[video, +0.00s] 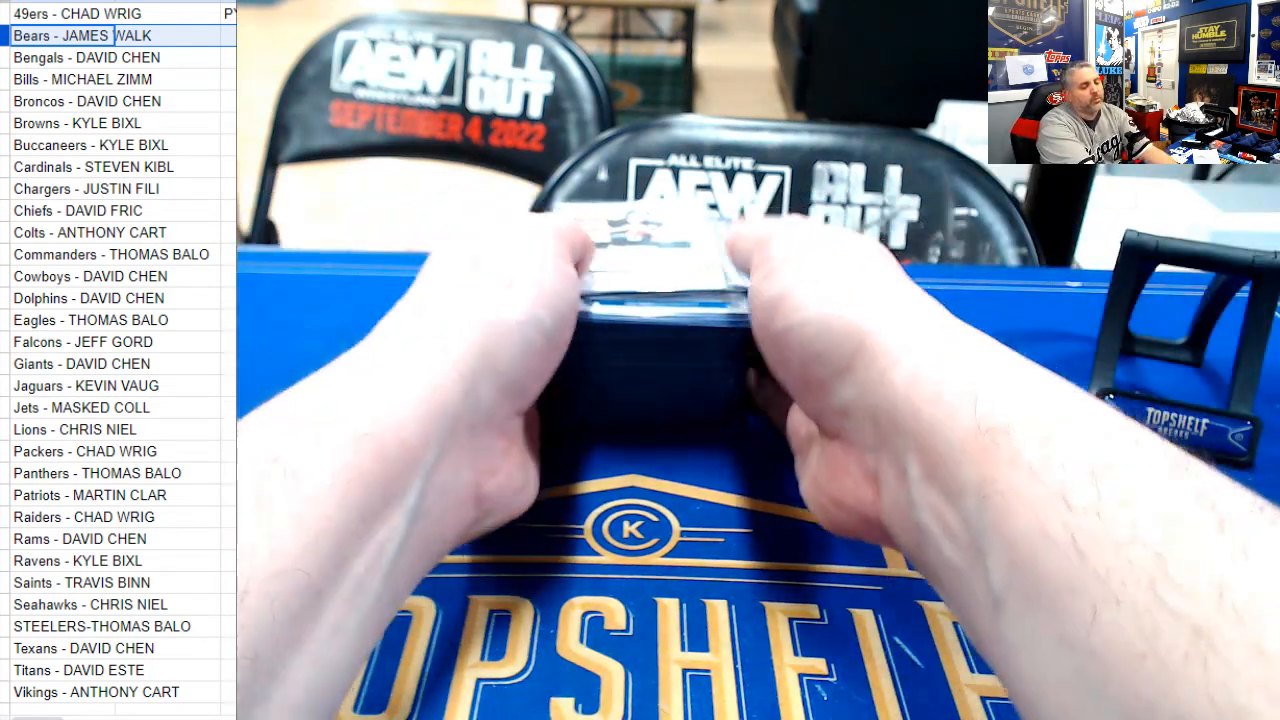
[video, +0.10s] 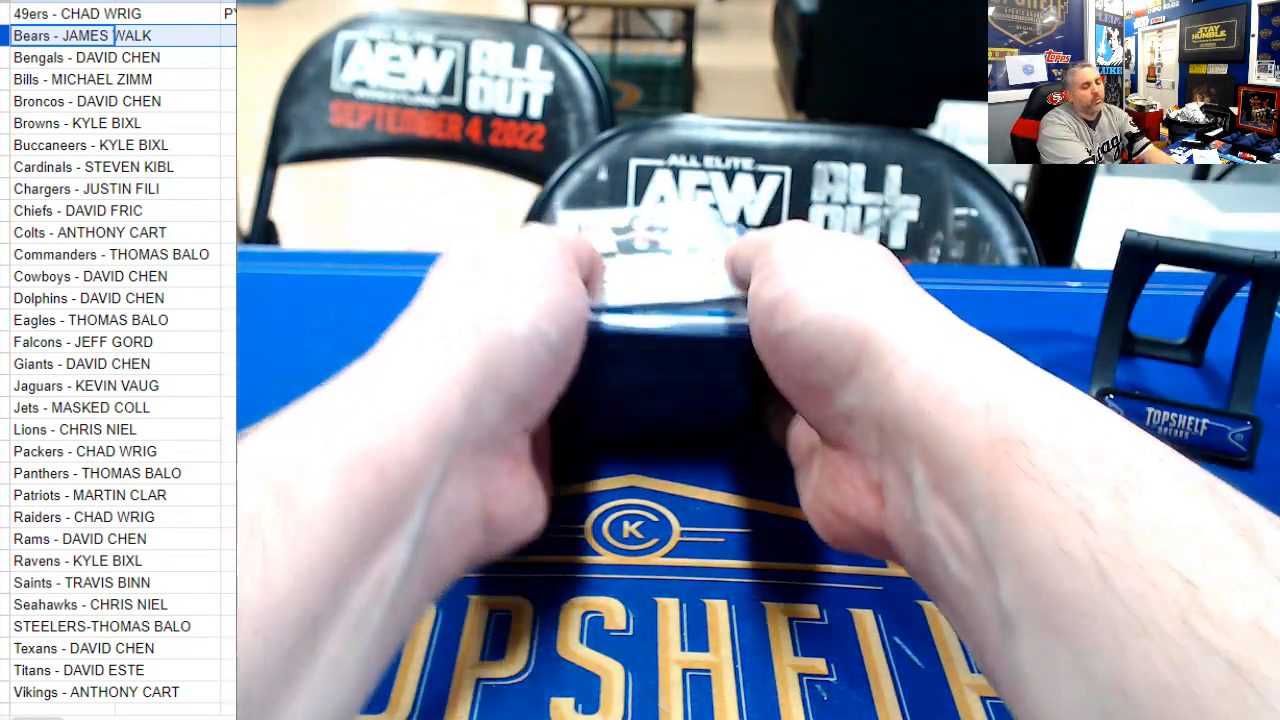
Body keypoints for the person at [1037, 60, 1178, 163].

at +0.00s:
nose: (1095, 90)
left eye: (1097, 82)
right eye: (1085, 86)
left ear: (1102, 84)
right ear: (1067, 95)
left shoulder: (1115, 114)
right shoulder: (1054, 125)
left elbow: (1148, 151)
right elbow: (1088, 174)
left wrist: (1183, 172)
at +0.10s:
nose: (1096, 90)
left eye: (1098, 82)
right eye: (1086, 86)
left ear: (1103, 84)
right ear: (1069, 96)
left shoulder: (1116, 115)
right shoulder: (1055, 125)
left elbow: (1149, 152)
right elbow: (1088, 175)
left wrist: (1183, 174)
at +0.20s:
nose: (1096, 90)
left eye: (1098, 82)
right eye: (1086, 86)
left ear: (1103, 84)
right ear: (1069, 96)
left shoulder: (1115, 114)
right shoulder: (1055, 125)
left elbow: (1149, 152)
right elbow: (1088, 175)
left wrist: (1183, 173)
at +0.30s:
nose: (1096, 92)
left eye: (1098, 83)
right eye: (1086, 87)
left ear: (1103, 85)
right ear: (1069, 95)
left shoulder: (1115, 114)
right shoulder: (1054, 123)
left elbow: (1147, 151)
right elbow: (1085, 173)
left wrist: (1177, 176)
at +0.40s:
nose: (1096, 92)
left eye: (1098, 84)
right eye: (1086, 88)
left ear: (1103, 85)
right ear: (1069, 95)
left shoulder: (1114, 114)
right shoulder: (1054, 122)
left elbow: (1147, 151)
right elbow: (1081, 174)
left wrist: (1177, 176)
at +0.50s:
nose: (1096, 93)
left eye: (1098, 84)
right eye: (1086, 88)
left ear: (1102, 85)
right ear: (1069, 95)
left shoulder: (1113, 113)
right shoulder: (1053, 122)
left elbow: (1148, 151)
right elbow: (1078, 173)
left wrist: (1172, 180)